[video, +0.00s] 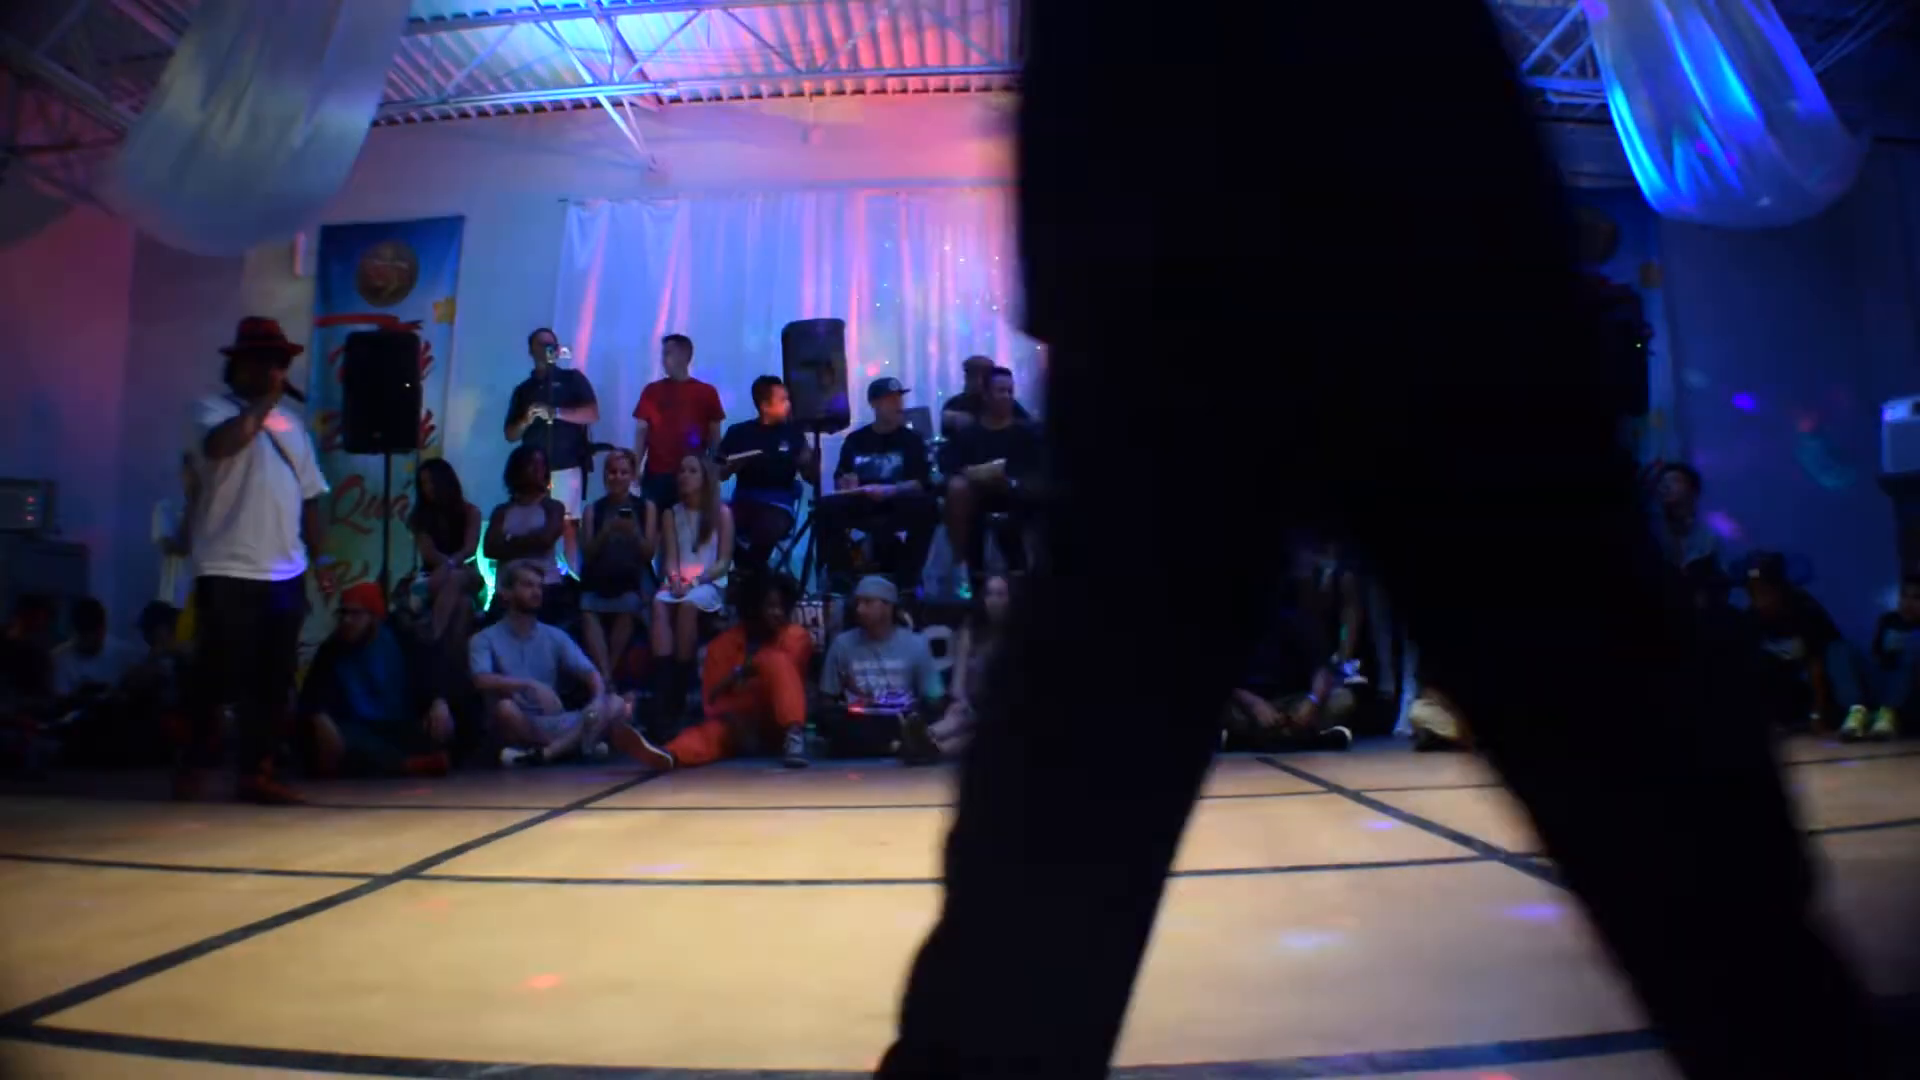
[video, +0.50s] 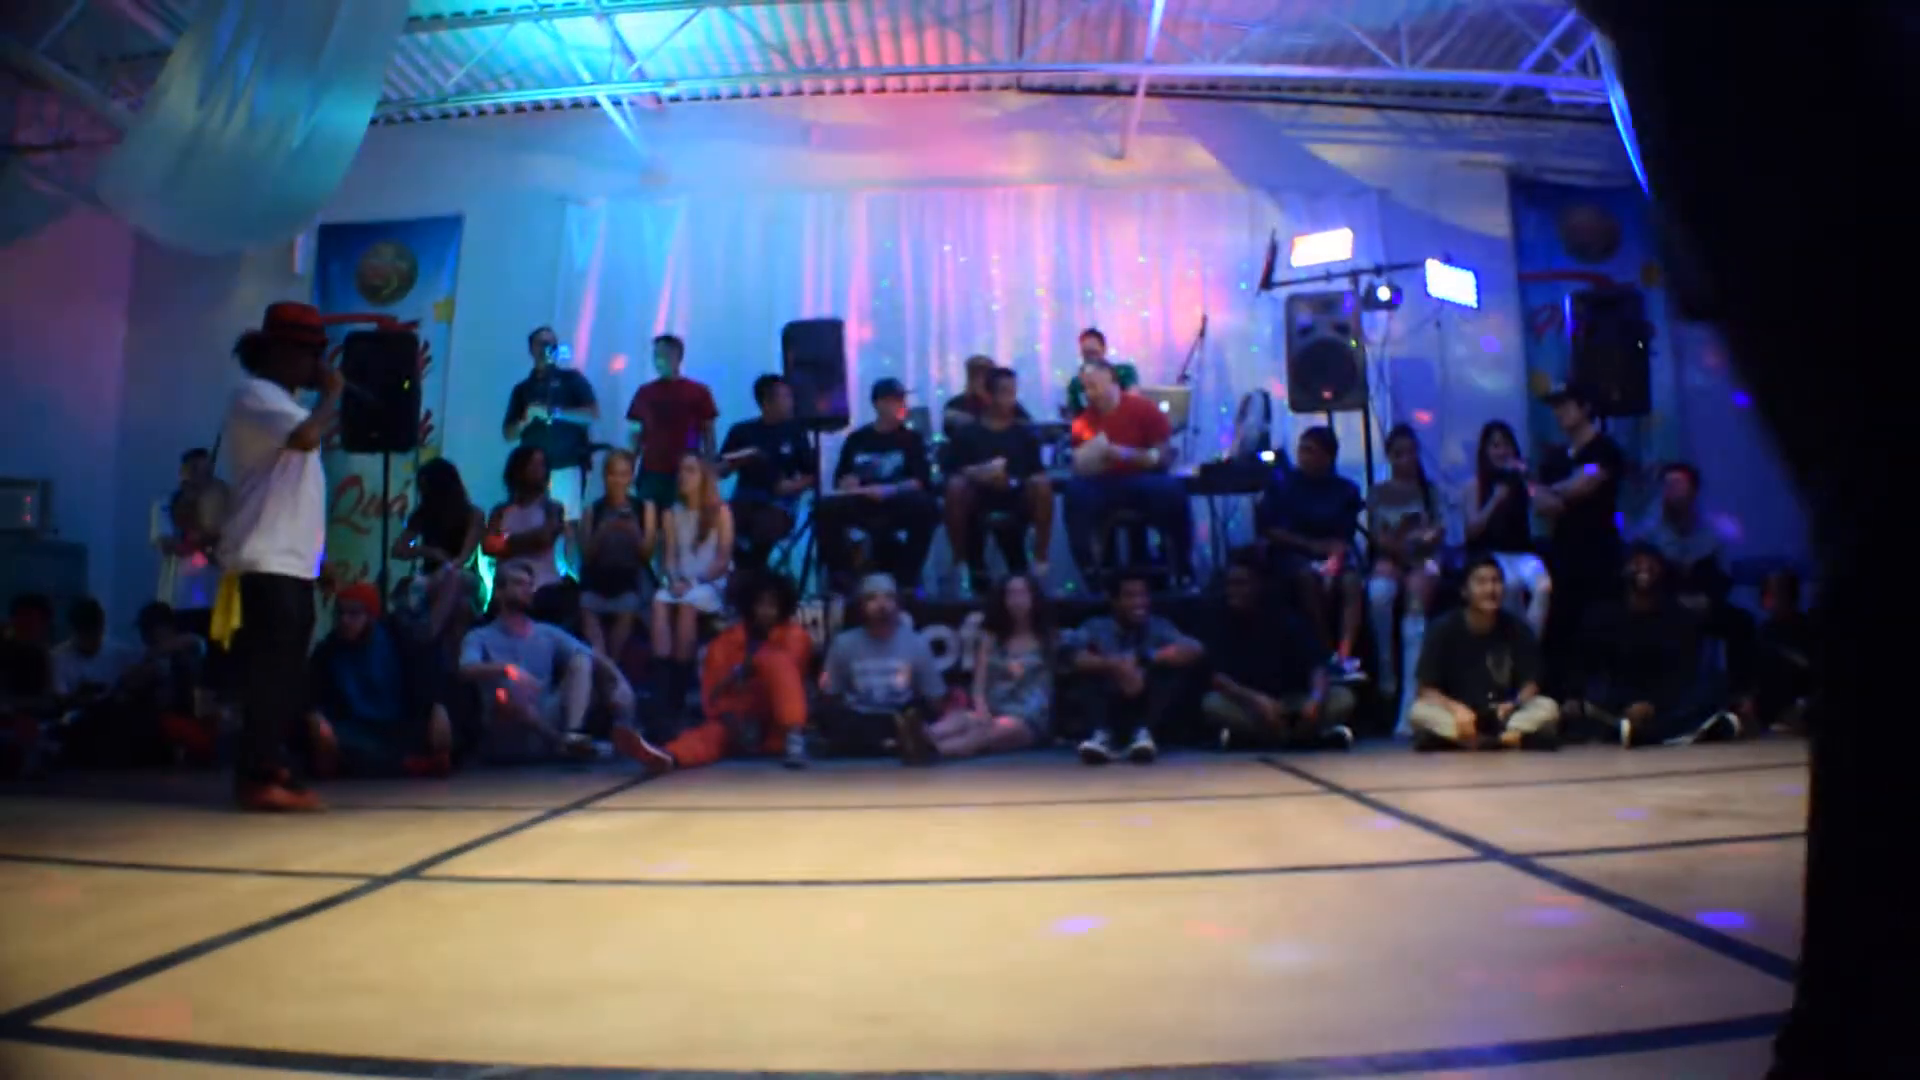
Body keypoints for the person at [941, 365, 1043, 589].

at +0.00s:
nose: (1007, 397)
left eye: (1010, 391)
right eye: (1001, 391)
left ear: (1014, 394)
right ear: (986, 395)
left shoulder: (1027, 432)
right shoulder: (967, 434)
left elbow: (1035, 471)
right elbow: (949, 467)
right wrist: (978, 473)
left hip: (1013, 489)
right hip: (976, 491)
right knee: (958, 487)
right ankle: (961, 567)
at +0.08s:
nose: (1006, 397)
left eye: (1009, 391)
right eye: (1000, 391)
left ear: (1014, 395)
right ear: (986, 395)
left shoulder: (1024, 433)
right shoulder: (967, 434)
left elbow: (1035, 469)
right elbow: (948, 464)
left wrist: (1010, 477)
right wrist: (972, 473)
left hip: (1013, 487)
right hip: (978, 487)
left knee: (1040, 486)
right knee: (957, 487)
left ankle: (1041, 561)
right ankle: (959, 563)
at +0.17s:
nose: (1006, 396)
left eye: (1009, 391)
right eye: (1000, 391)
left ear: (1014, 395)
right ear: (986, 395)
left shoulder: (1023, 433)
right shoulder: (967, 434)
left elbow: (1035, 470)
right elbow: (949, 466)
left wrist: (1009, 478)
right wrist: (973, 473)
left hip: (1012, 487)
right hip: (978, 487)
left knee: (1041, 487)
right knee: (957, 488)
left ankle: (1041, 561)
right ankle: (960, 564)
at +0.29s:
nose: (1006, 396)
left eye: (1009, 390)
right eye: (1000, 390)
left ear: (1014, 394)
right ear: (987, 394)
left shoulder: (1024, 433)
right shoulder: (968, 434)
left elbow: (1035, 470)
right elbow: (951, 466)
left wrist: (1010, 478)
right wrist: (978, 474)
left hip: (1013, 485)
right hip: (979, 486)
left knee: (1040, 485)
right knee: (957, 487)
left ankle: (1042, 559)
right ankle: (960, 563)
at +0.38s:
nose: (1008, 396)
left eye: (1010, 390)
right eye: (1002, 390)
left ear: (1015, 393)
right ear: (988, 393)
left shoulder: (1023, 432)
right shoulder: (969, 433)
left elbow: (1035, 469)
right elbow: (951, 467)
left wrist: (1009, 478)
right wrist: (978, 474)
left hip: (1013, 485)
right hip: (978, 487)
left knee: (1041, 485)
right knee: (957, 486)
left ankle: (1042, 559)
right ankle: (960, 563)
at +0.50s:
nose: (1011, 400)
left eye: (1013, 393)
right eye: (1004, 393)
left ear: (1016, 395)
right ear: (987, 396)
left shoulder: (1024, 433)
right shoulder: (968, 434)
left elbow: (1036, 472)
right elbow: (951, 469)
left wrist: (1009, 477)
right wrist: (979, 473)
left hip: (1015, 488)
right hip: (979, 490)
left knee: (1041, 485)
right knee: (956, 487)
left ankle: (1041, 560)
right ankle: (959, 563)